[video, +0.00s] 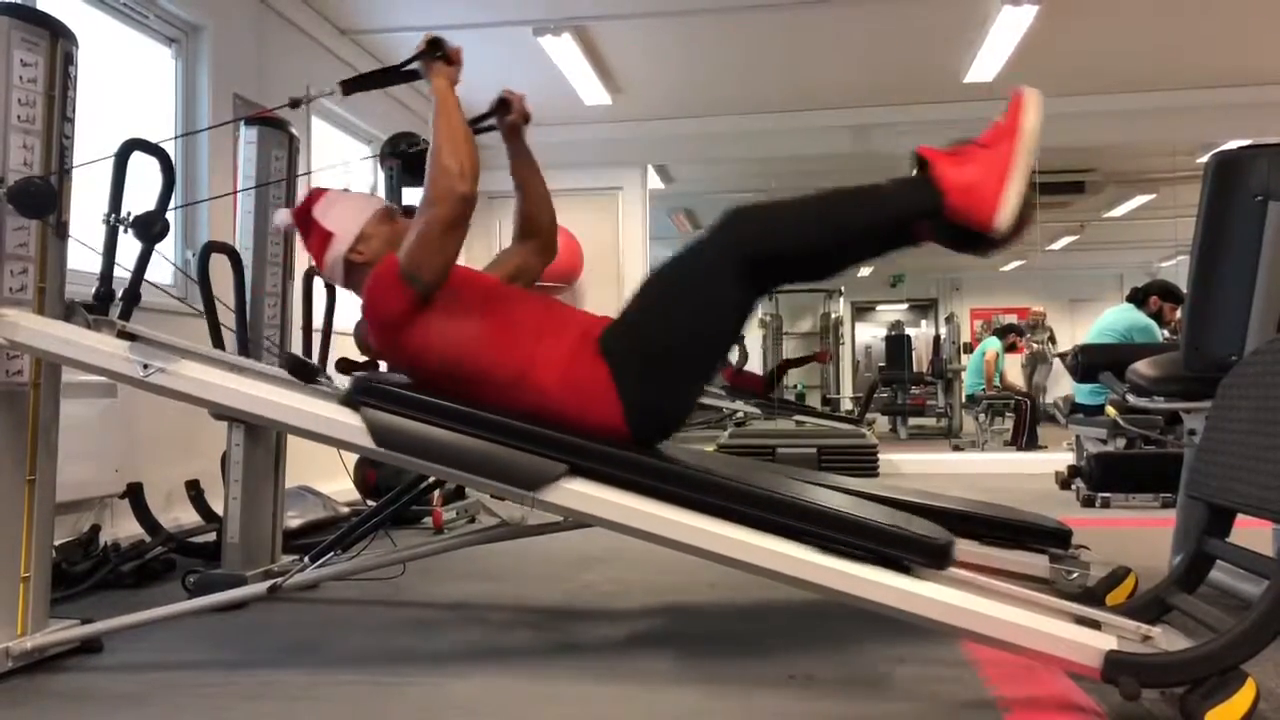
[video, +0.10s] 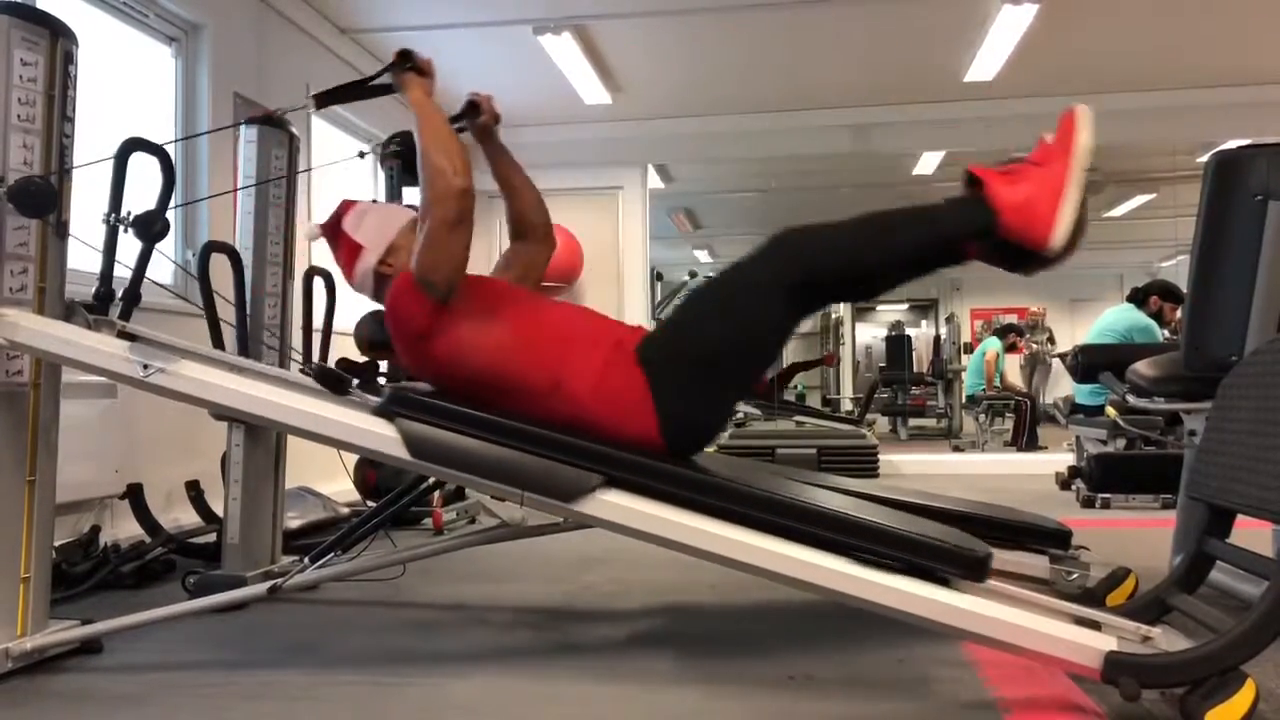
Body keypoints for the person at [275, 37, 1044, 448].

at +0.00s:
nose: (385, 204)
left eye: (373, 199)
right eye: (363, 206)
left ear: (370, 234)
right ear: (346, 249)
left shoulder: (440, 296)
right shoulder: (389, 305)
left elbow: (541, 247)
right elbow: (448, 195)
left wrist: (515, 144)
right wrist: (443, 84)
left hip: (623, 368)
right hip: (615, 388)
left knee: (742, 240)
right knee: (736, 242)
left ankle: (950, 200)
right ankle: (949, 190)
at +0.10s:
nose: (399, 221)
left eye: (389, 219)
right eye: (384, 224)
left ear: (393, 247)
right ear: (371, 262)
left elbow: (540, 241)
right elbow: (452, 210)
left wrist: (490, 148)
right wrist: (424, 110)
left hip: (658, 376)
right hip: (651, 402)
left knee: (792, 259)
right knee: (787, 263)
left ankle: (996, 214)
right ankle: (999, 213)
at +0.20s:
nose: (421, 237)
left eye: (412, 232)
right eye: (407, 235)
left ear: (420, 267)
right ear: (405, 270)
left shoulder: (494, 305)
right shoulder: (448, 318)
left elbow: (532, 240)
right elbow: (446, 197)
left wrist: (471, 163)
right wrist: (399, 122)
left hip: (690, 386)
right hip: (687, 411)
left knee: (837, 272)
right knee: (832, 277)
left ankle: (1038, 224)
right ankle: (1044, 229)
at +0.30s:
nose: (476, 242)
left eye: (460, 230)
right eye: (450, 238)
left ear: (433, 274)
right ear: (428, 268)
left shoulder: (510, 320)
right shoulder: (475, 323)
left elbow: (557, 251)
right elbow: (456, 210)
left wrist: (450, 196)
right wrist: (384, 140)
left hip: (723, 397)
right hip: (724, 420)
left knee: (870, 279)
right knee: (868, 283)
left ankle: (1075, 227)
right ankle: (1081, 232)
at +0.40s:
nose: (518, 248)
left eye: (500, 240)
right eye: (496, 249)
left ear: (460, 301)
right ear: (470, 283)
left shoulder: (518, 334)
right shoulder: (506, 334)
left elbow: (544, 254)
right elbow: (463, 224)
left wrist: (433, 218)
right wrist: (390, 179)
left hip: (752, 405)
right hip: (756, 428)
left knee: (896, 284)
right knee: (899, 291)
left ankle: (1100, 224)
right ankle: (1112, 235)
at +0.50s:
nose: (523, 250)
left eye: (513, 249)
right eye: (507, 252)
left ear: (477, 315)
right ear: (487, 296)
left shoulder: (544, 341)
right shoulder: (523, 337)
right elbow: (438, 233)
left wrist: (495, 271)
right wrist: (347, 202)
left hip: (777, 416)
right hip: (787, 431)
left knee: (920, 282)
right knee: (924, 288)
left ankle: (1124, 219)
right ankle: (1136, 227)